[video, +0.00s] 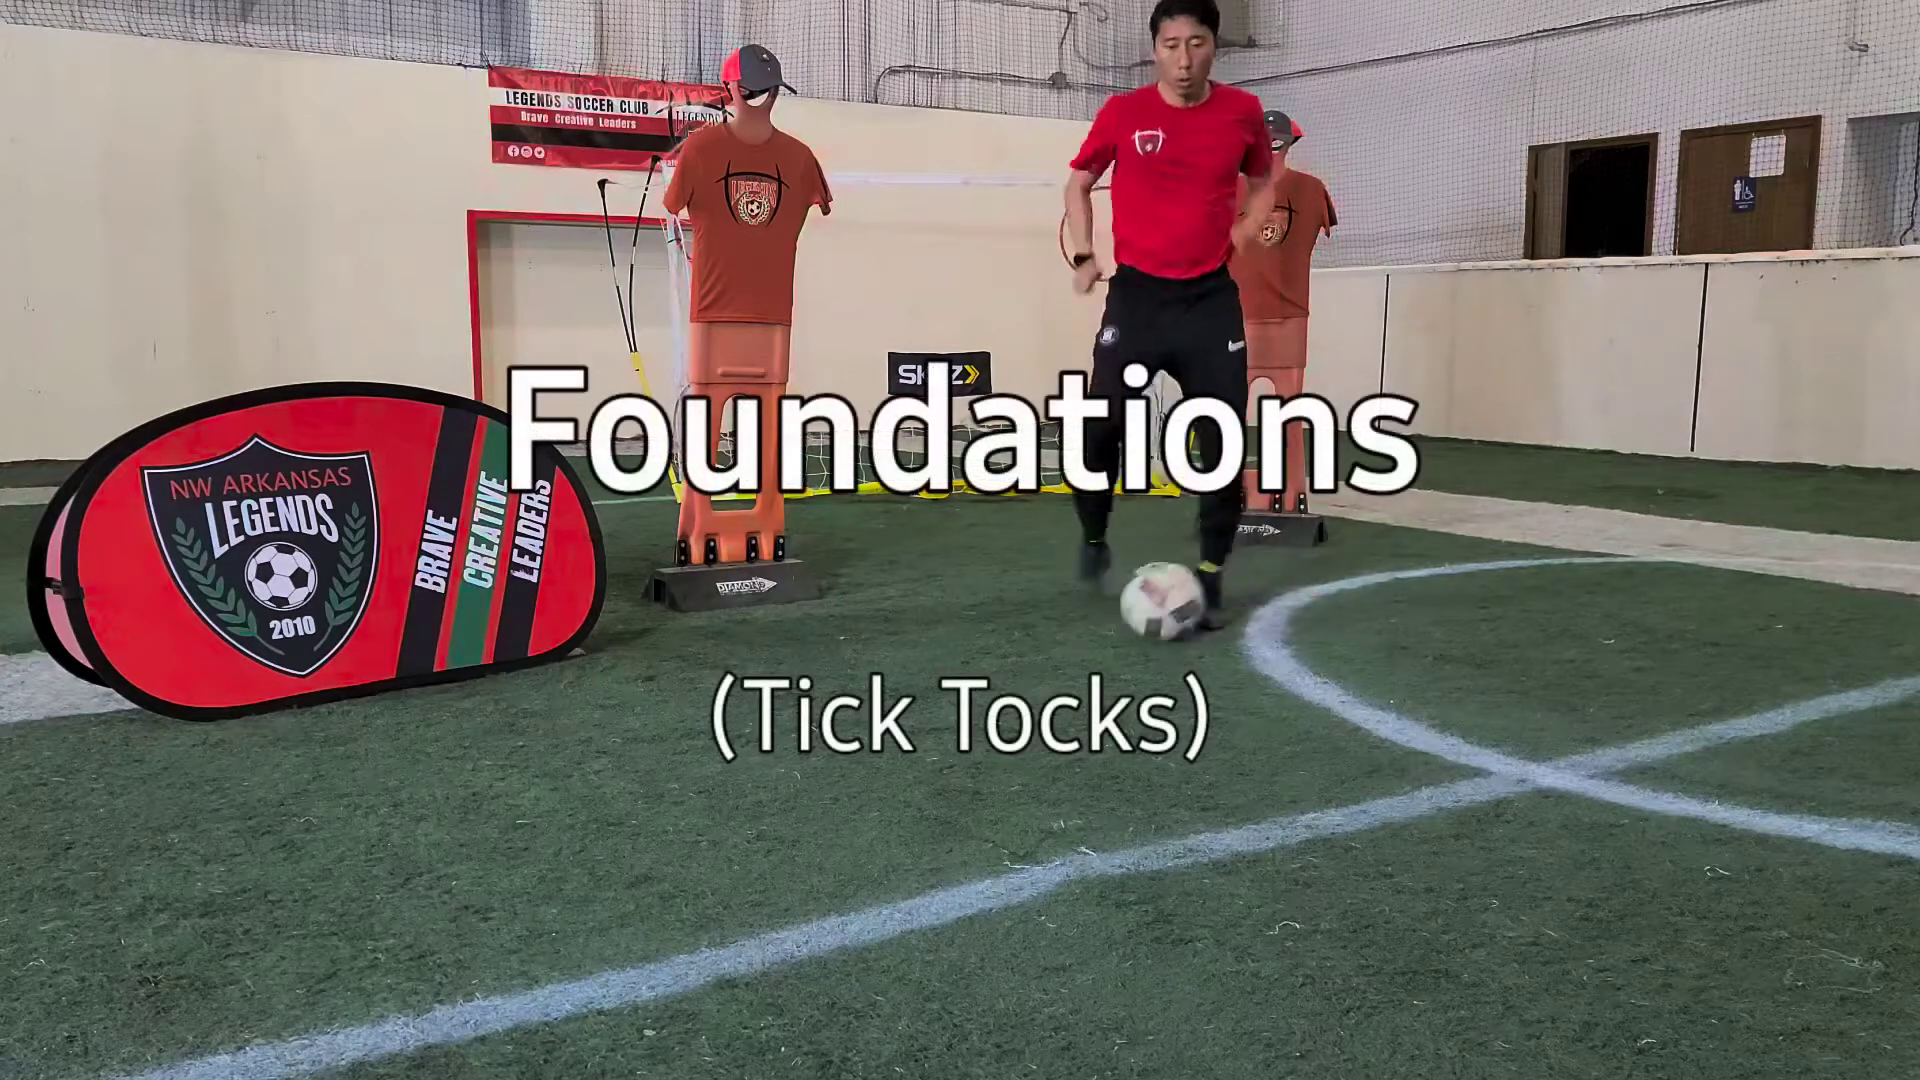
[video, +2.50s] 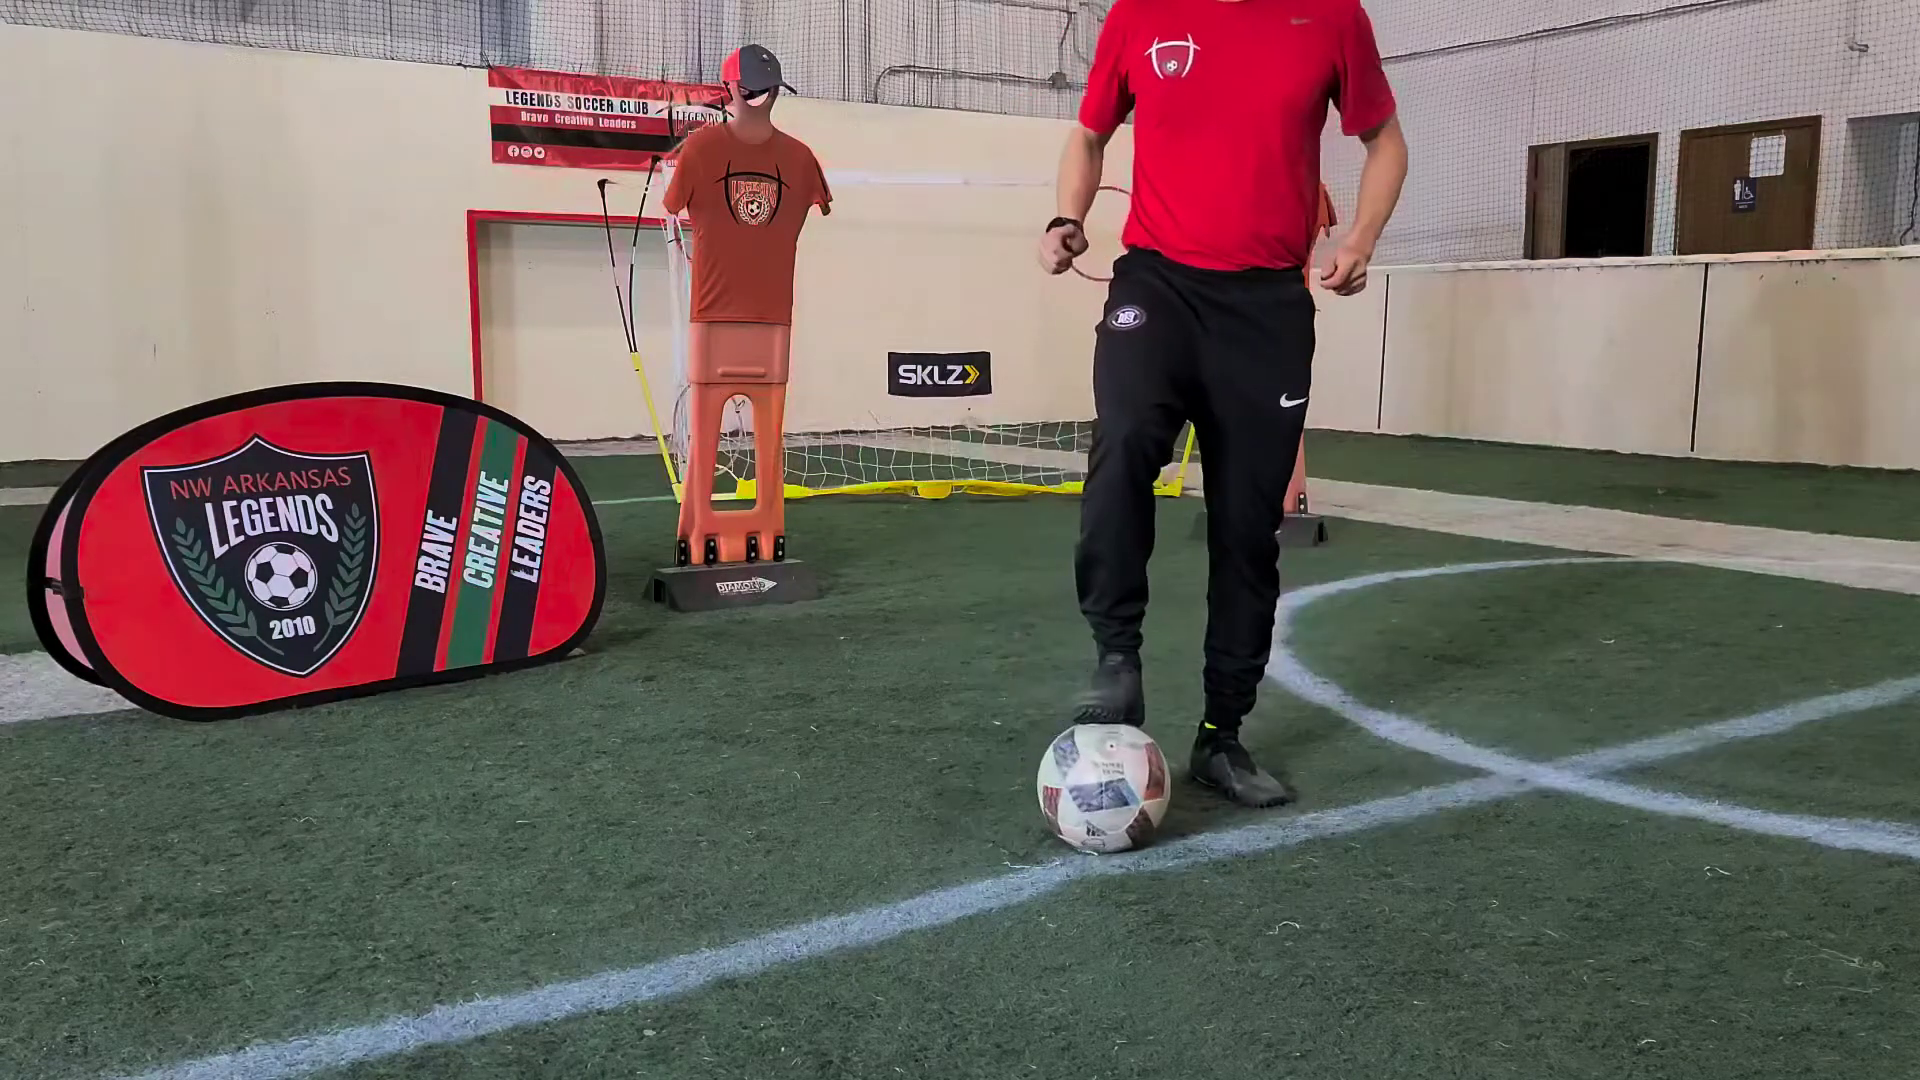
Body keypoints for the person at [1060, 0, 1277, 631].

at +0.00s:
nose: (1184, 57)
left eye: (1196, 43)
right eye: (1171, 44)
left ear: (1215, 50)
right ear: (1154, 51)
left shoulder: (1242, 110)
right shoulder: (1123, 112)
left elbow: (1262, 175)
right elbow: (1079, 183)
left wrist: (1248, 220)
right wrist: (1083, 253)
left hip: (1211, 300)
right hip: (1135, 297)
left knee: (1223, 439)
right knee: (1098, 430)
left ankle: (1210, 581)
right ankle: (1094, 543)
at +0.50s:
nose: (1180, 36)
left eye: (1191, 22)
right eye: (1166, 23)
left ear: (1208, 27)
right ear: (1146, 29)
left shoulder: (1236, 98)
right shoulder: (1109, 98)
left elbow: (1248, 159)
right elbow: (1052, 187)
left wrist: (1257, 223)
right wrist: (1086, 187)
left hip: (1201, 299)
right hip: (1121, 302)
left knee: (1254, 442)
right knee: (1107, 456)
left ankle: (1281, 599)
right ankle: (1108, 591)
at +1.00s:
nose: (1185, 26)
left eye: (1199, 10)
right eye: (1170, 9)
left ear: (1218, 14)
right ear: (1147, 12)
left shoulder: (1246, 93)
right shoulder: (1101, 96)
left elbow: (1273, 175)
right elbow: (1057, 192)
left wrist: (1272, 256)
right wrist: (1077, 227)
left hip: (1217, 310)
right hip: (1127, 317)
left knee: (1289, 442)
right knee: (1129, 480)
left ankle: (1323, 591)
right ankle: (1123, 636)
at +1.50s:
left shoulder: (1262, 35)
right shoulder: (1096, 41)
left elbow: (1308, 142)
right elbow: (1078, 123)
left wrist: (1287, 204)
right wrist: (1067, 218)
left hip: (1222, 291)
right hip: (1121, 292)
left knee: (1277, 476)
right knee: (1096, 479)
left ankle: (1279, 632)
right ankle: (1093, 659)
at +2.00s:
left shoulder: (1311, 39)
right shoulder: (1128, 45)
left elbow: (1361, 146)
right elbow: (1064, 159)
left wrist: (1357, 219)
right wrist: (1042, 234)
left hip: (1251, 325)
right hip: (1137, 309)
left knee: (1257, 540)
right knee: (1048, 436)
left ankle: (1223, 739)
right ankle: (1041, 595)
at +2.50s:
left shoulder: (1334, 14)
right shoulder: (1139, 13)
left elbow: (1384, 138)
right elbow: (1090, 132)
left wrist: (1360, 238)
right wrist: (1071, 215)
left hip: (1269, 301)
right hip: (1154, 283)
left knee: (1249, 529)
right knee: (1124, 443)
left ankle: (1222, 737)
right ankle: (1114, 654)